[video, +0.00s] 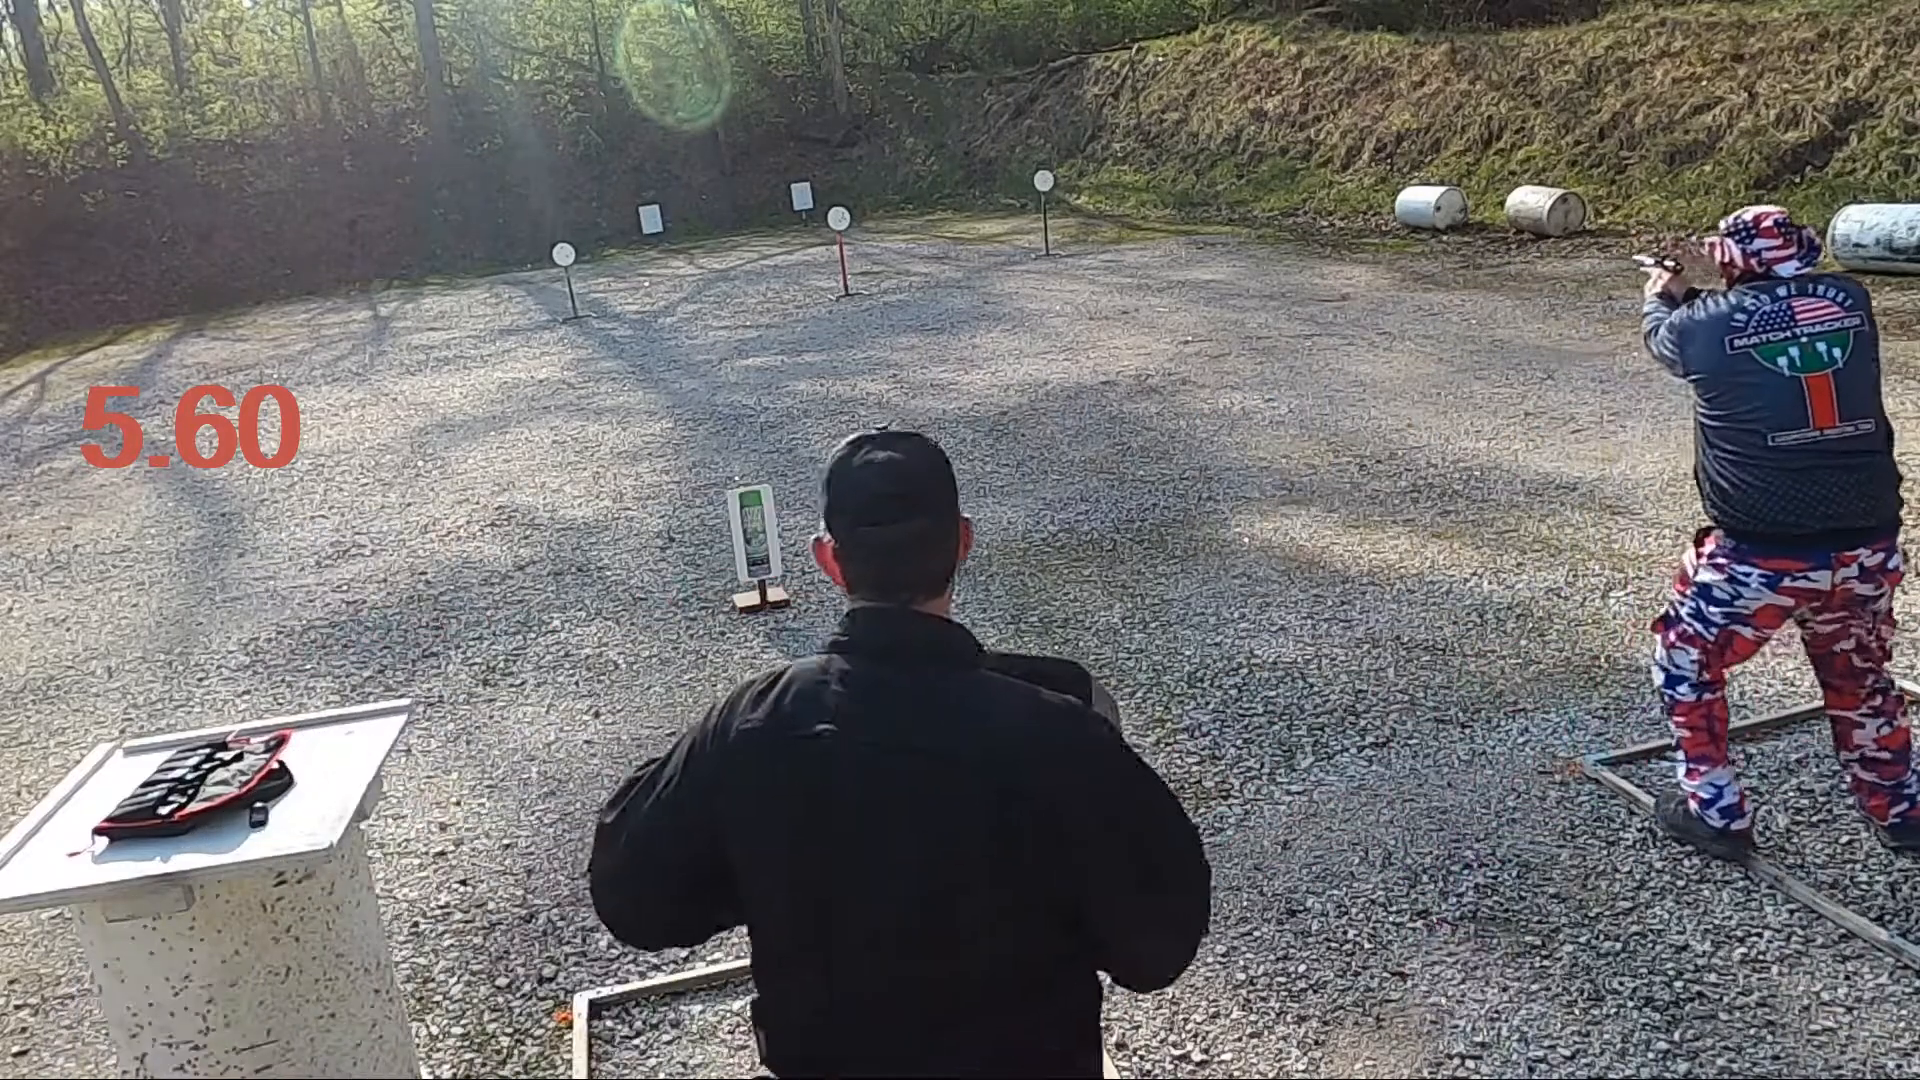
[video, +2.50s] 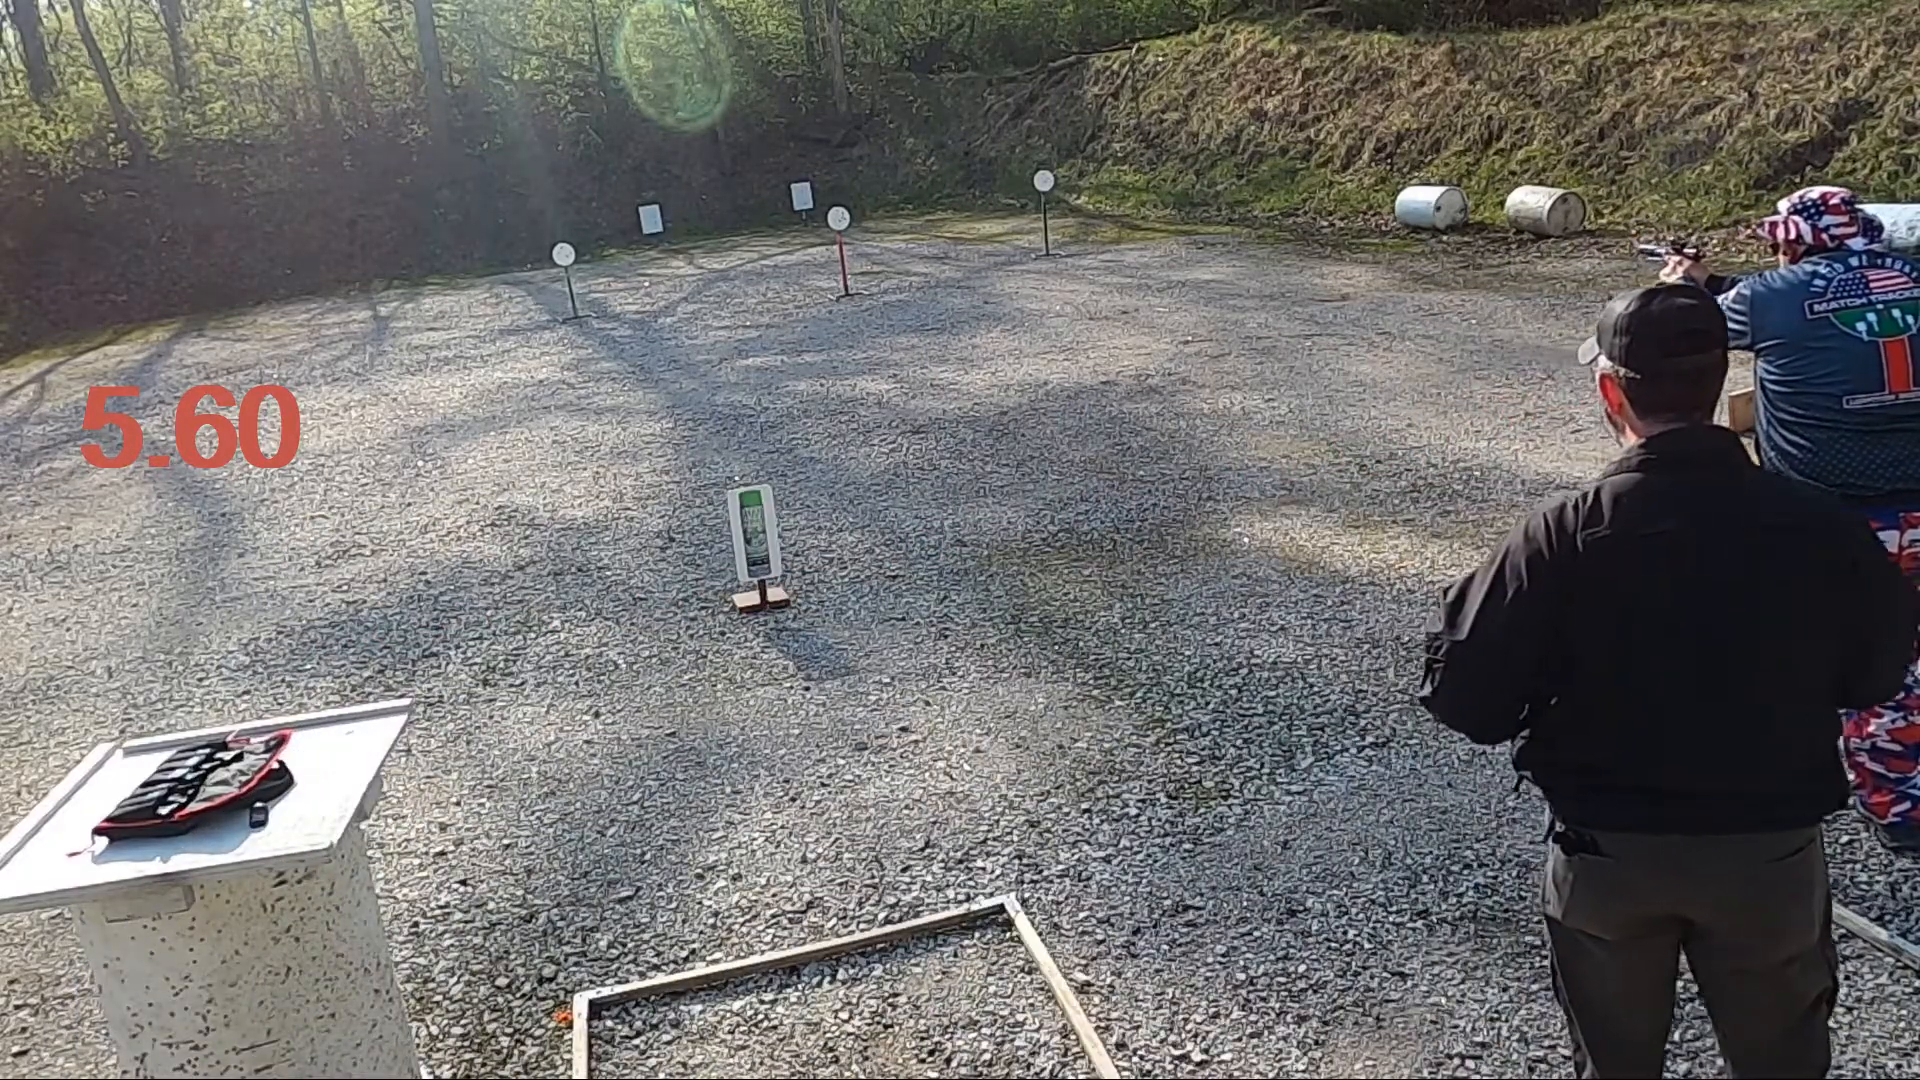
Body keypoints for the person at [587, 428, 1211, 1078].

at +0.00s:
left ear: (829, 560)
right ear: (963, 545)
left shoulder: (751, 731)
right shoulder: (1054, 736)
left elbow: (631, 901)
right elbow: (1159, 946)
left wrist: (780, 839)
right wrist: (1088, 751)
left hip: (821, 1063)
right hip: (1028, 1063)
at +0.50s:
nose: (1245, 497)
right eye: (1244, 481)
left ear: (1122, 507)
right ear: (1237, 501)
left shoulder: (1055, 654)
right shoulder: (1309, 687)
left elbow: (963, 781)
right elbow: (1410, 876)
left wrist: (1093, 768)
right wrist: (1360, 714)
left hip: (1117, 1009)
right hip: (1268, 1038)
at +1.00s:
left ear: (1389, 448)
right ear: (1511, 440)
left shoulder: (1313, 589)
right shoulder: (1575, 600)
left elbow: (1206, 729)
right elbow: (1677, 785)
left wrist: (1328, 701)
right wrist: (1568, 751)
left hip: (1359, 955)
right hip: (1531, 972)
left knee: (1365, 1066)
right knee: (1594, 1066)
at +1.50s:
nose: (1509, 409)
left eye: (1509, 399)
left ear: (1518, 418)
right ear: (1632, 405)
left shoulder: (1449, 560)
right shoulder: (1727, 561)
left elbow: (1348, 704)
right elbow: (1800, 721)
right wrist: (1699, 682)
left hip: (1516, 914)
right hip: (1675, 917)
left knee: (1561, 1070)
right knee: (1679, 1068)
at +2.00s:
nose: (1543, 391)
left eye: (1543, 381)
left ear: (1553, 397)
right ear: (1661, 384)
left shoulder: (1493, 537)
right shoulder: (1756, 531)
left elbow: (1391, 687)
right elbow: (1829, 681)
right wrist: (1723, 673)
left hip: (1556, 878)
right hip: (1719, 876)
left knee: (1590, 1071)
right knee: (1771, 1065)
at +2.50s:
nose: (1600, 388)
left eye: (1602, 377)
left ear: (1613, 395)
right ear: (1719, 381)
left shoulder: (1565, 538)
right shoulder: (1821, 527)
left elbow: (1465, 698)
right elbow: (1876, 671)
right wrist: (1774, 653)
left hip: (1610, 867)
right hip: (1769, 869)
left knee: (1616, 1065)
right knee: (1785, 1065)